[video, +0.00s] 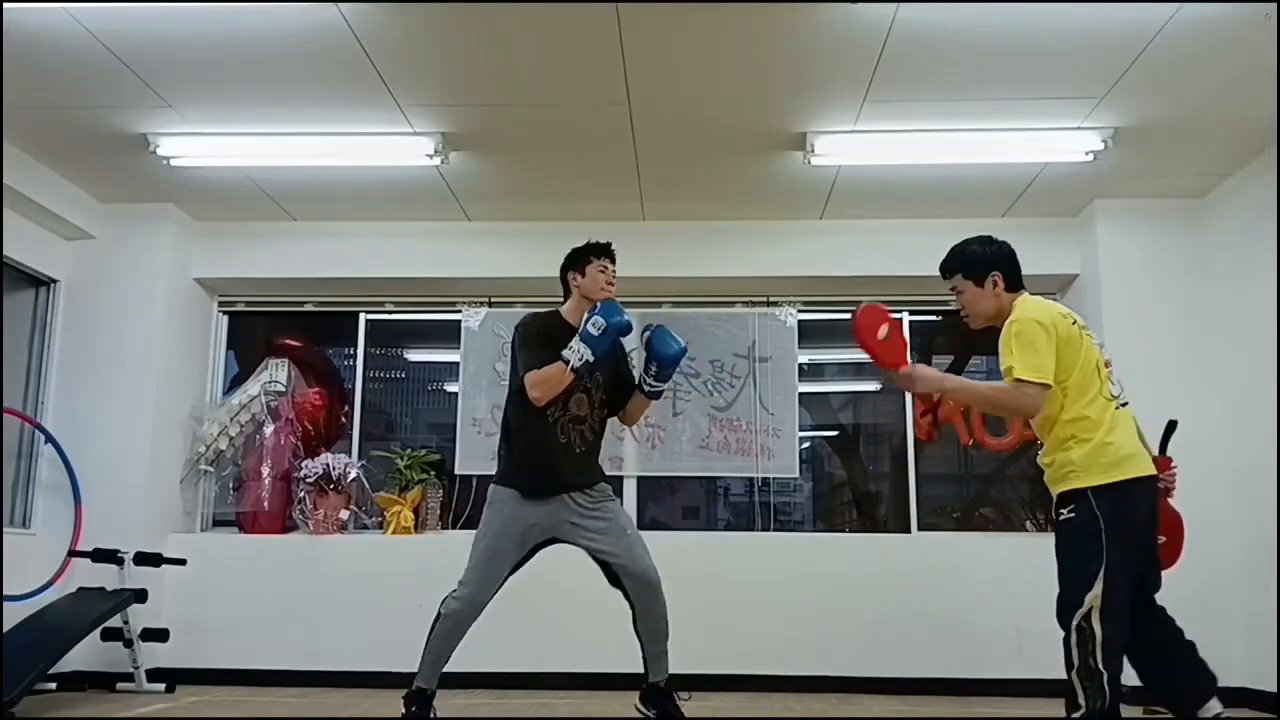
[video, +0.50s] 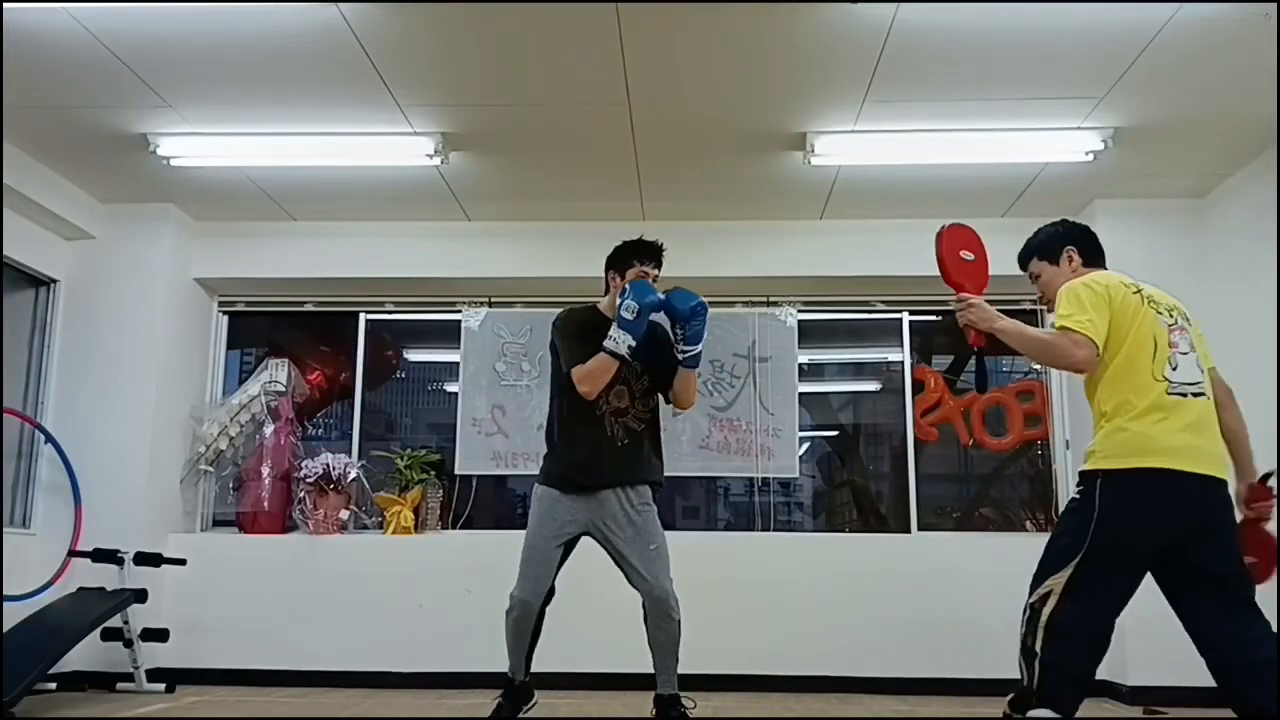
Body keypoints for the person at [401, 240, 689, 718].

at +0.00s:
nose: (612, 280)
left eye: (613, 274)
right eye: (603, 272)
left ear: (610, 285)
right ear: (574, 279)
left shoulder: (610, 347)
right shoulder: (537, 327)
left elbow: (629, 415)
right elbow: (537, 391)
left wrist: (655, 377)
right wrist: (588, 347)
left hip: (588, 495)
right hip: (519, 495)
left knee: (646, 580)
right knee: (471, 595)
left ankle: (658, 690)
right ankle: (420, 693)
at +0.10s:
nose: (620, 269)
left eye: (623, 264)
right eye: (611, 261)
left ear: (623, 275)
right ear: (583, 267)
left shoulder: (622, 329)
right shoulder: (545, 319)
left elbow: (646, 402)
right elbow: (543, 381)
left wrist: (667, 360)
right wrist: (593, 337)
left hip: (600, 483)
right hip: (530, 482)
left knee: (648, 578)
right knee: (486, 586)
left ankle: (673, 688)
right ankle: (440, 688)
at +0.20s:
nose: (628, 286)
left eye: (631, 280)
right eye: (619, 277)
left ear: (633, 290)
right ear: (591, 284)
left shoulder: (631, 345)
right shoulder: (553, 333)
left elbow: (667, 410)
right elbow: (557, 393)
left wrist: (678, 360)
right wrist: (601, 339)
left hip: (609, 499)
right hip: (541, 498)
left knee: (652, 601)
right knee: (504, 603)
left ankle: (668, 701)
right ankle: (467, 695)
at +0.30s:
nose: (637, 299)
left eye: (642, 293)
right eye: (629, 289)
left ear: (643, 301)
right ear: (601, 293)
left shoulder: (641, 353)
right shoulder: (563, 344)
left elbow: (672, 419)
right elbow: (572, 406)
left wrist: (681, 365)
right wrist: (611, 354)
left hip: (623, 510)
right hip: (556, 509)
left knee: (661, 608)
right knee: (513, 609)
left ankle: (670, 704)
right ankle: (466, 700)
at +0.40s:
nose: (645, 284)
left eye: (650, 278)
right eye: (637, 275)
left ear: (652, 285)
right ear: (609, 278)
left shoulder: (651, 334)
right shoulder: (571, 324)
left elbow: (676, 405)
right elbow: (578, 390)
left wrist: (684, 349)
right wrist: (620, 337)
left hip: (623, 492)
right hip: (558, 490)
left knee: (656, 602)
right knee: (517, 595)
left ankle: (668, 702)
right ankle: (483, 692)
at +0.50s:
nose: (646, 289)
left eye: (653, 282)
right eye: (639, 280)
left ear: (658, 287)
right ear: (612, 280)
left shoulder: (656, 333)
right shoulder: (574, 322)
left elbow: (683, 400)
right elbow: (586, 385)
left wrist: (689, 344)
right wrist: (626, 326)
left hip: (628, 491)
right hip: (561, 490)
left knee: (662, 596)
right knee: (525, 598)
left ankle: (668, 698)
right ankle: (517, 687)